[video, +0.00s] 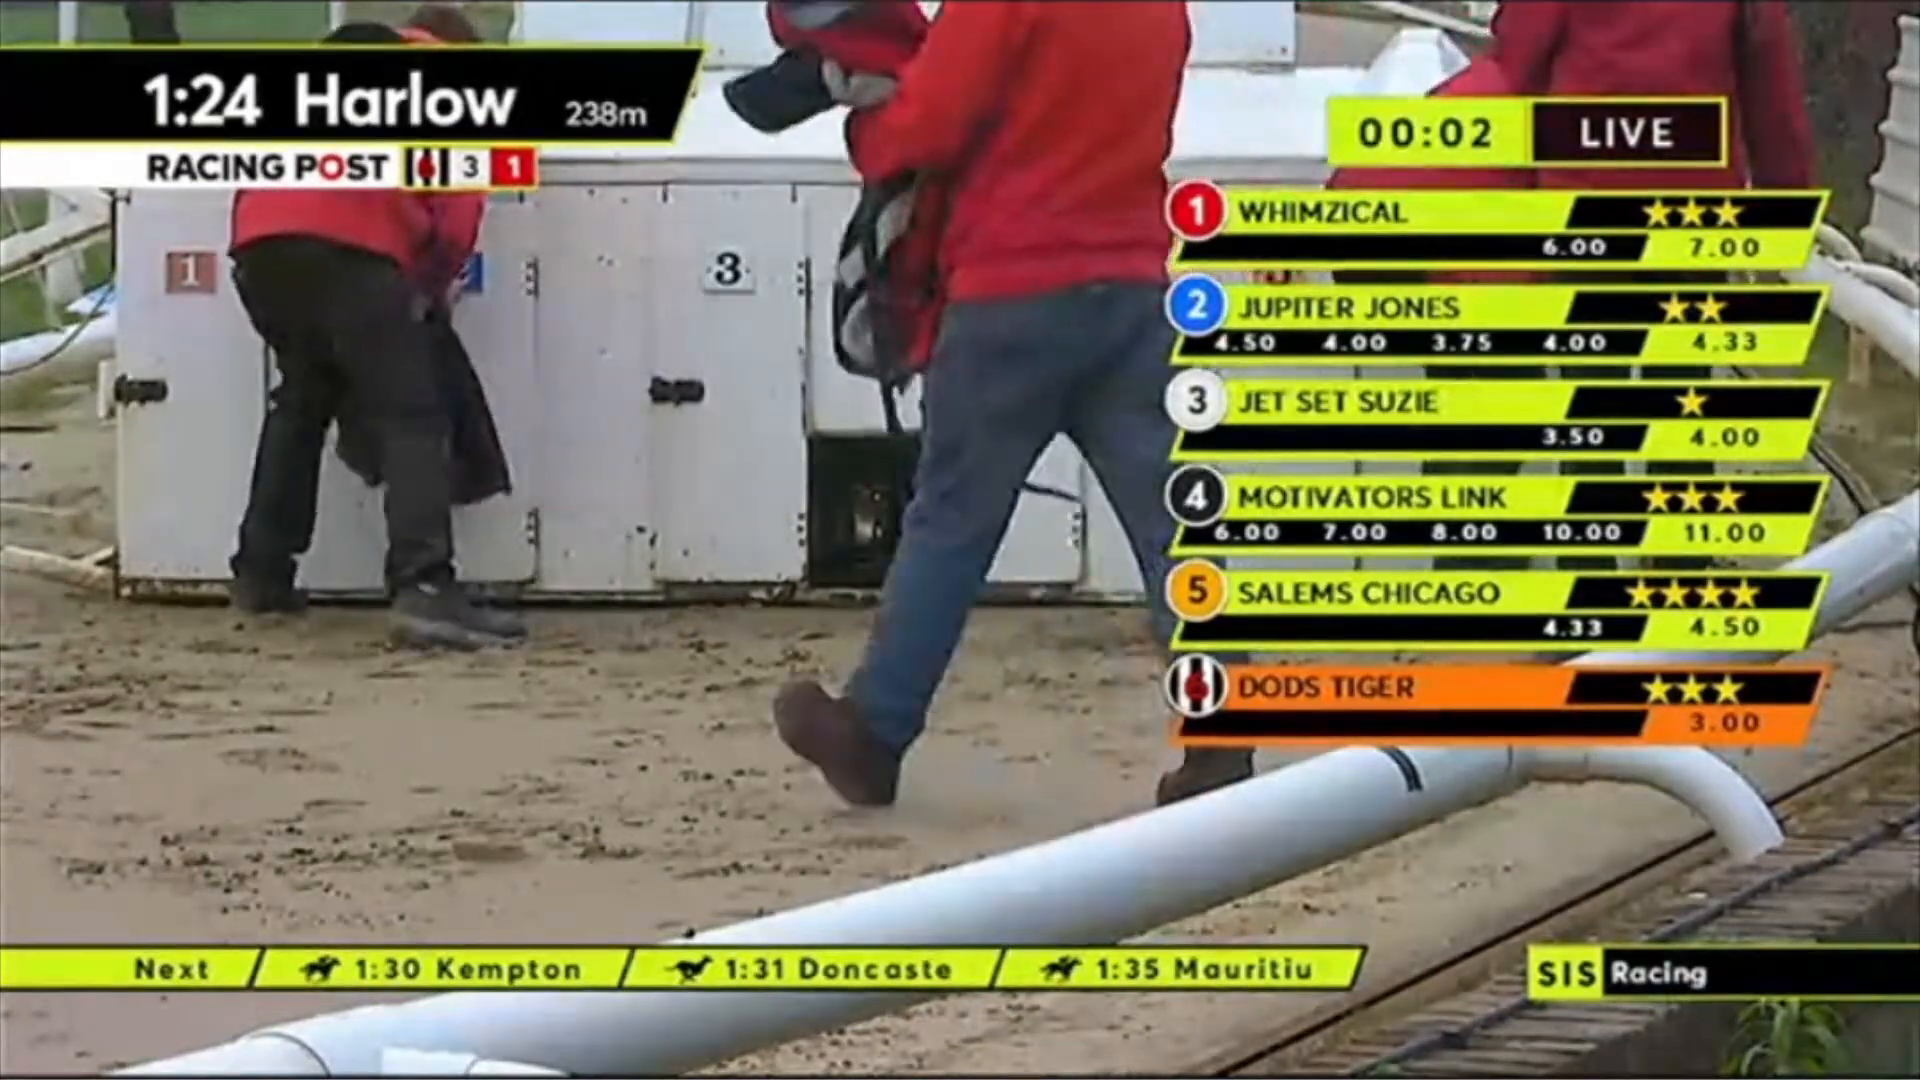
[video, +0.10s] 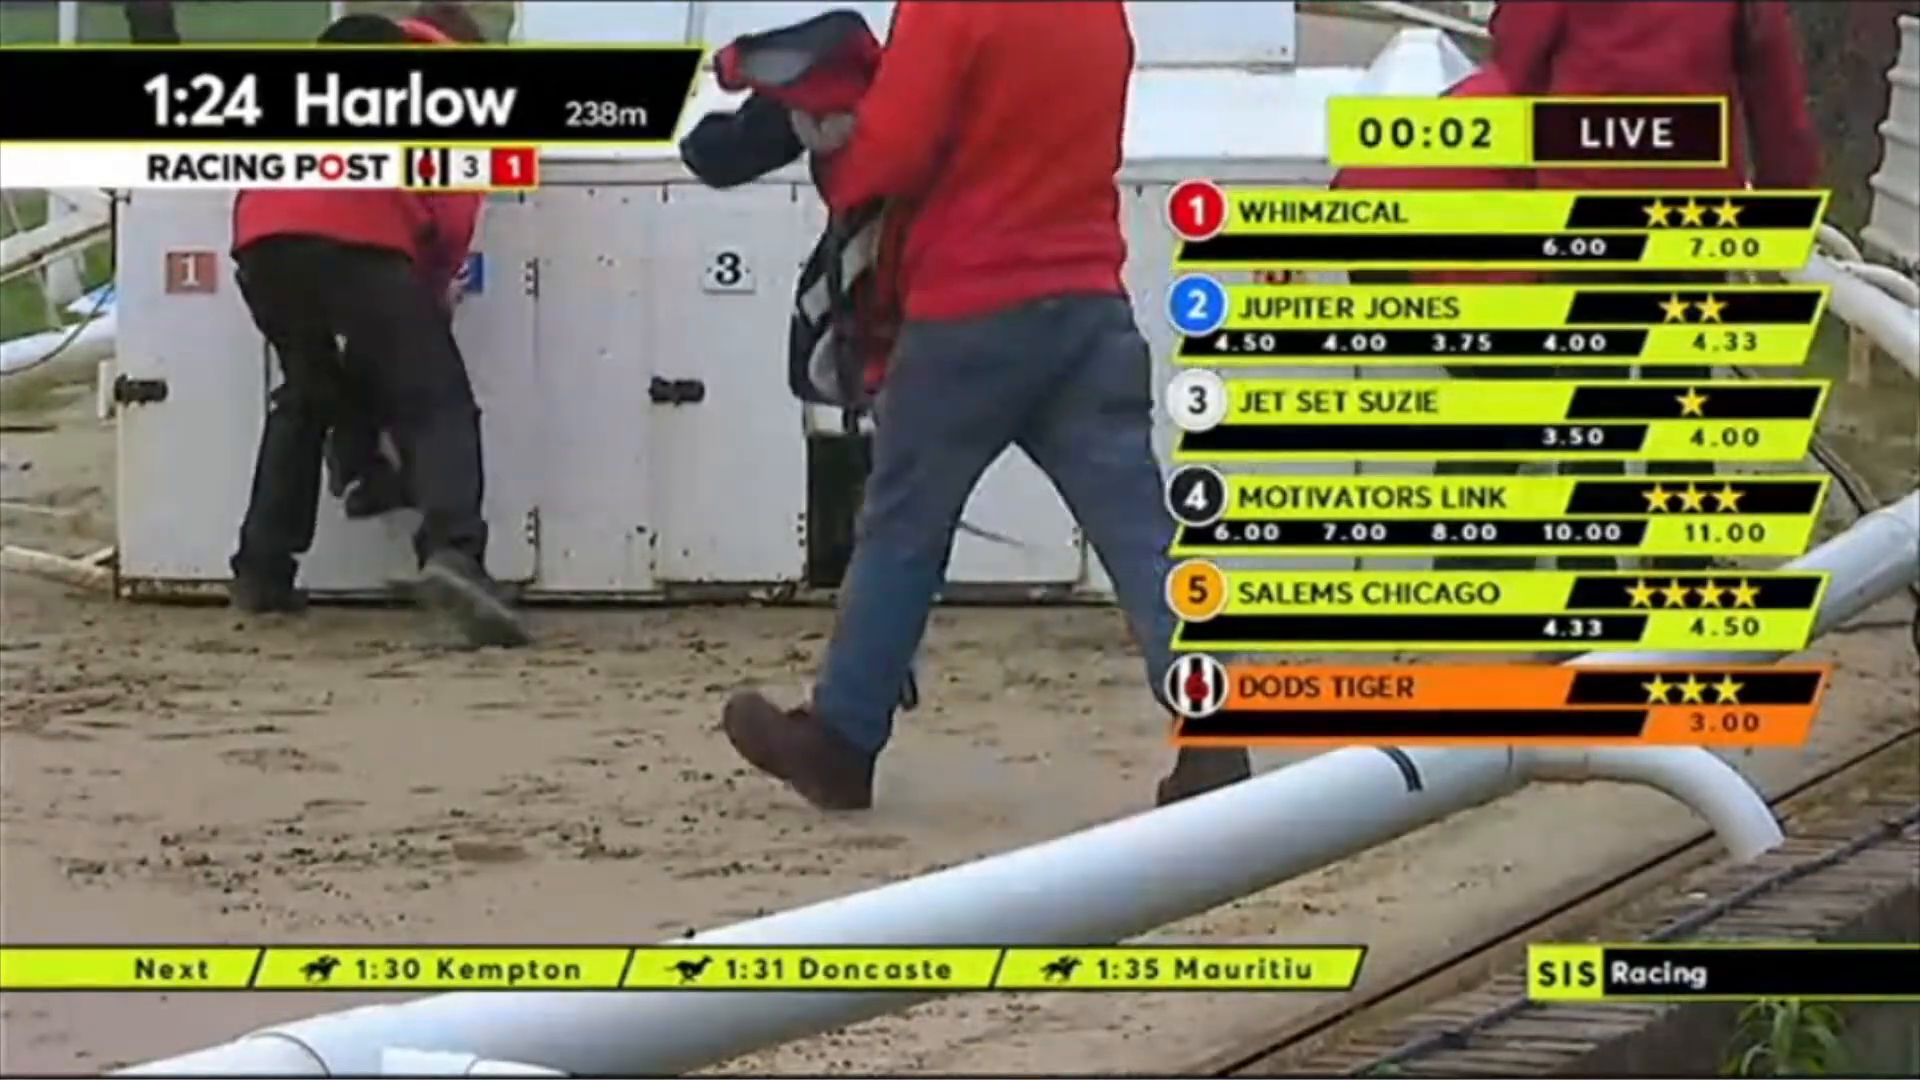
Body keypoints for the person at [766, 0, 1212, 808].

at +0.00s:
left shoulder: (1007, 4)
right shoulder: (1164, 10)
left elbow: (928, 123)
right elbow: (1135, 130)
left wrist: (868, 138)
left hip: (1015, 295)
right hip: (1134, 295)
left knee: (950, 525)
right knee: (1175, 534)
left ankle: (873, 734)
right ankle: (1221, 736)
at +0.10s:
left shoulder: (948, 8)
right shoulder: (1102, 13)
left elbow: (894, 153)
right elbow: (1069, 140)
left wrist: (836, 174)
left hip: (970, 313)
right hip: (1091, 308)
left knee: (904, 532)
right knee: (1142, 535)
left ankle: (841, 741)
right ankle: (1212, 727)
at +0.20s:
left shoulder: (840, 17)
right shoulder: (1000, 17)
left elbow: (829, 174)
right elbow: (977, 154)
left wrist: (770, 211)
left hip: (878, 315)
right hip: (997, 307)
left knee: (822, 528)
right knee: (1035, 512)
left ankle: (820, 749)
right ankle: (1166, 695)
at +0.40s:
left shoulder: (712, 6)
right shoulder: (871, 11)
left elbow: (694, 141)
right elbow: (866, 131)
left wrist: (621, 143)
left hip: (752, 282)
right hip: (851, 277)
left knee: (760, 515)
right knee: (823, 484)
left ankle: (812, 743)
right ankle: (909, 675)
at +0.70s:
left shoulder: (514, 17)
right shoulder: (662, 21)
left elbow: (465, 170)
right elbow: (662, 162)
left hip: (573, 306)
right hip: (641, 298)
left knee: (656, 520)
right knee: (533, 532)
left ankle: (794, 720)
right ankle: (453, 724)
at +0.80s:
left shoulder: (420, 17)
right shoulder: (555, 20)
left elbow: (362, 167)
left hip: (479, 317)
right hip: (539, 310)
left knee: (478, 532)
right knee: (433, 520)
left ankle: (680, 655)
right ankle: (433, 725)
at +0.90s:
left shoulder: (341, 8)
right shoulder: (491, 11)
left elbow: (308, 87)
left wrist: (248, 40)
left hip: (381, 286)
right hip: (477, 284)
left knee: (328, 484)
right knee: (429, 501)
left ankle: (478, 636)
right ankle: (433, 716)